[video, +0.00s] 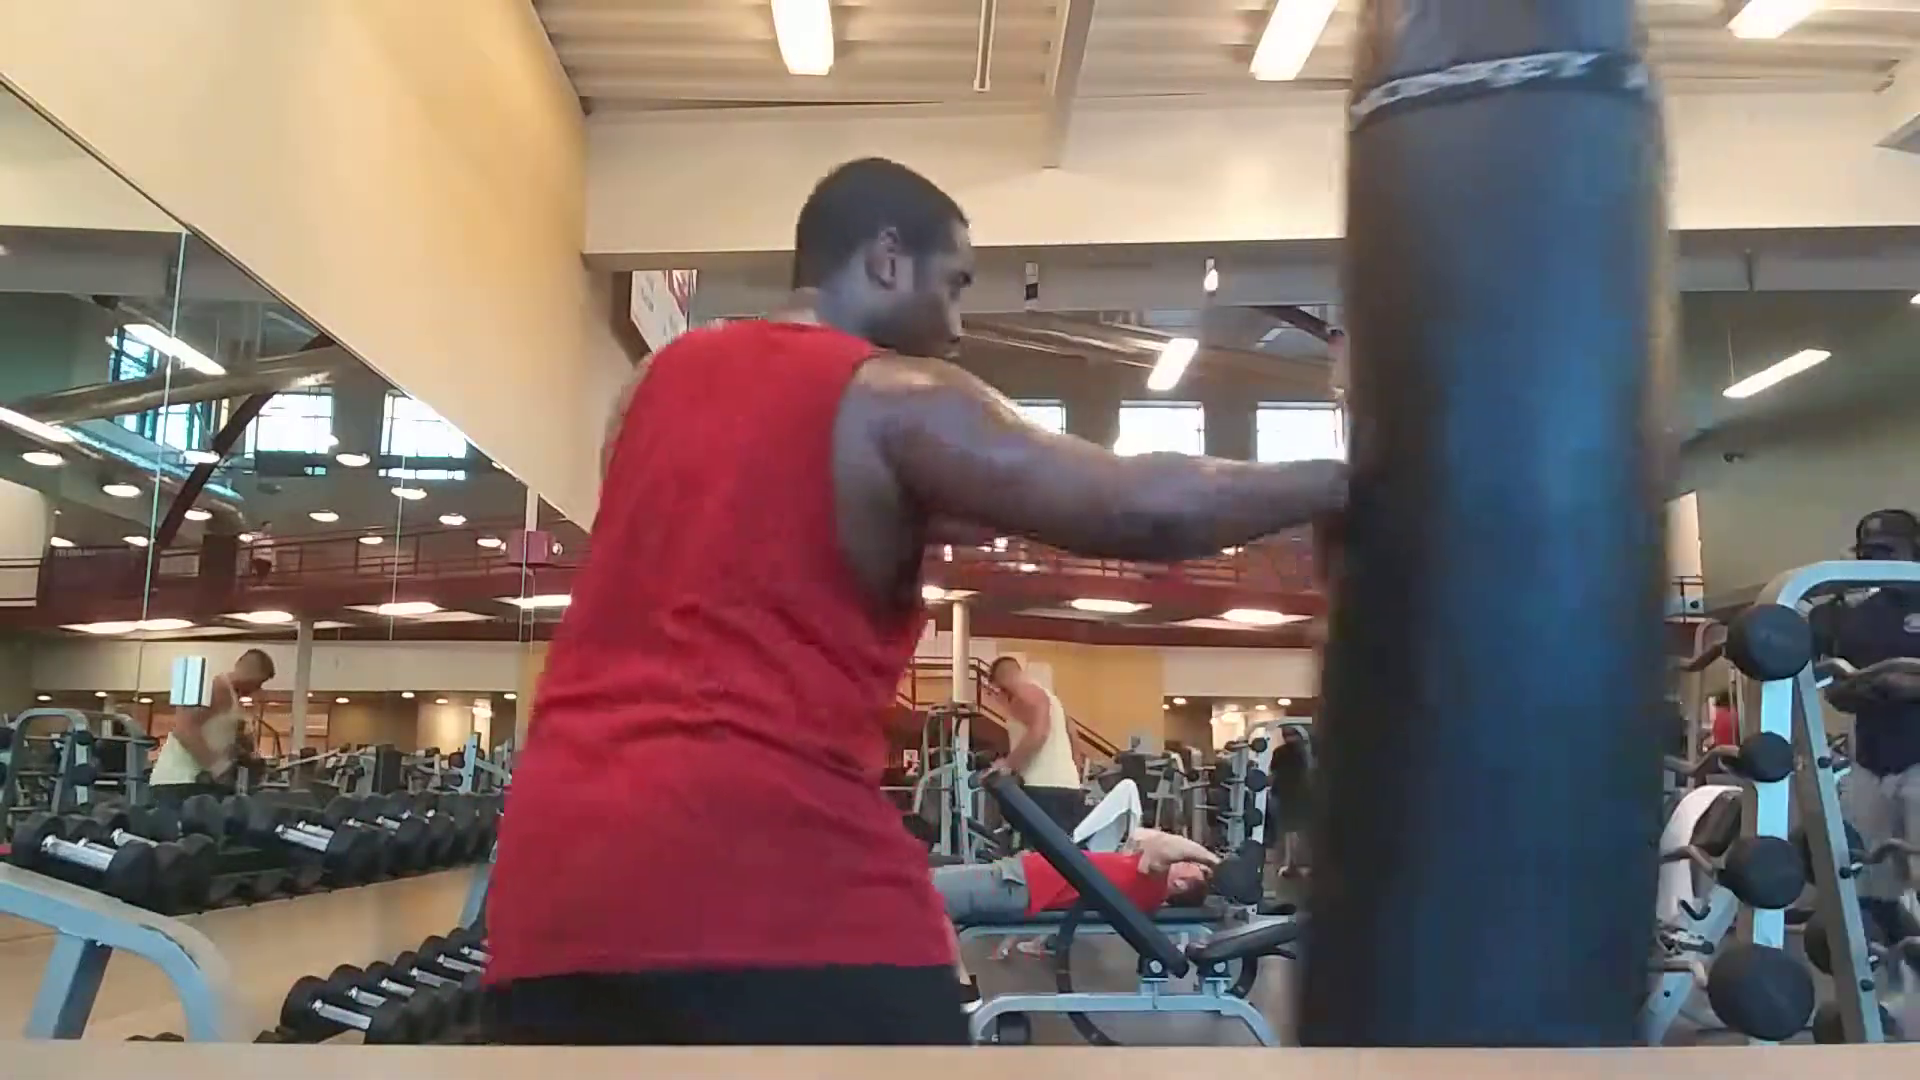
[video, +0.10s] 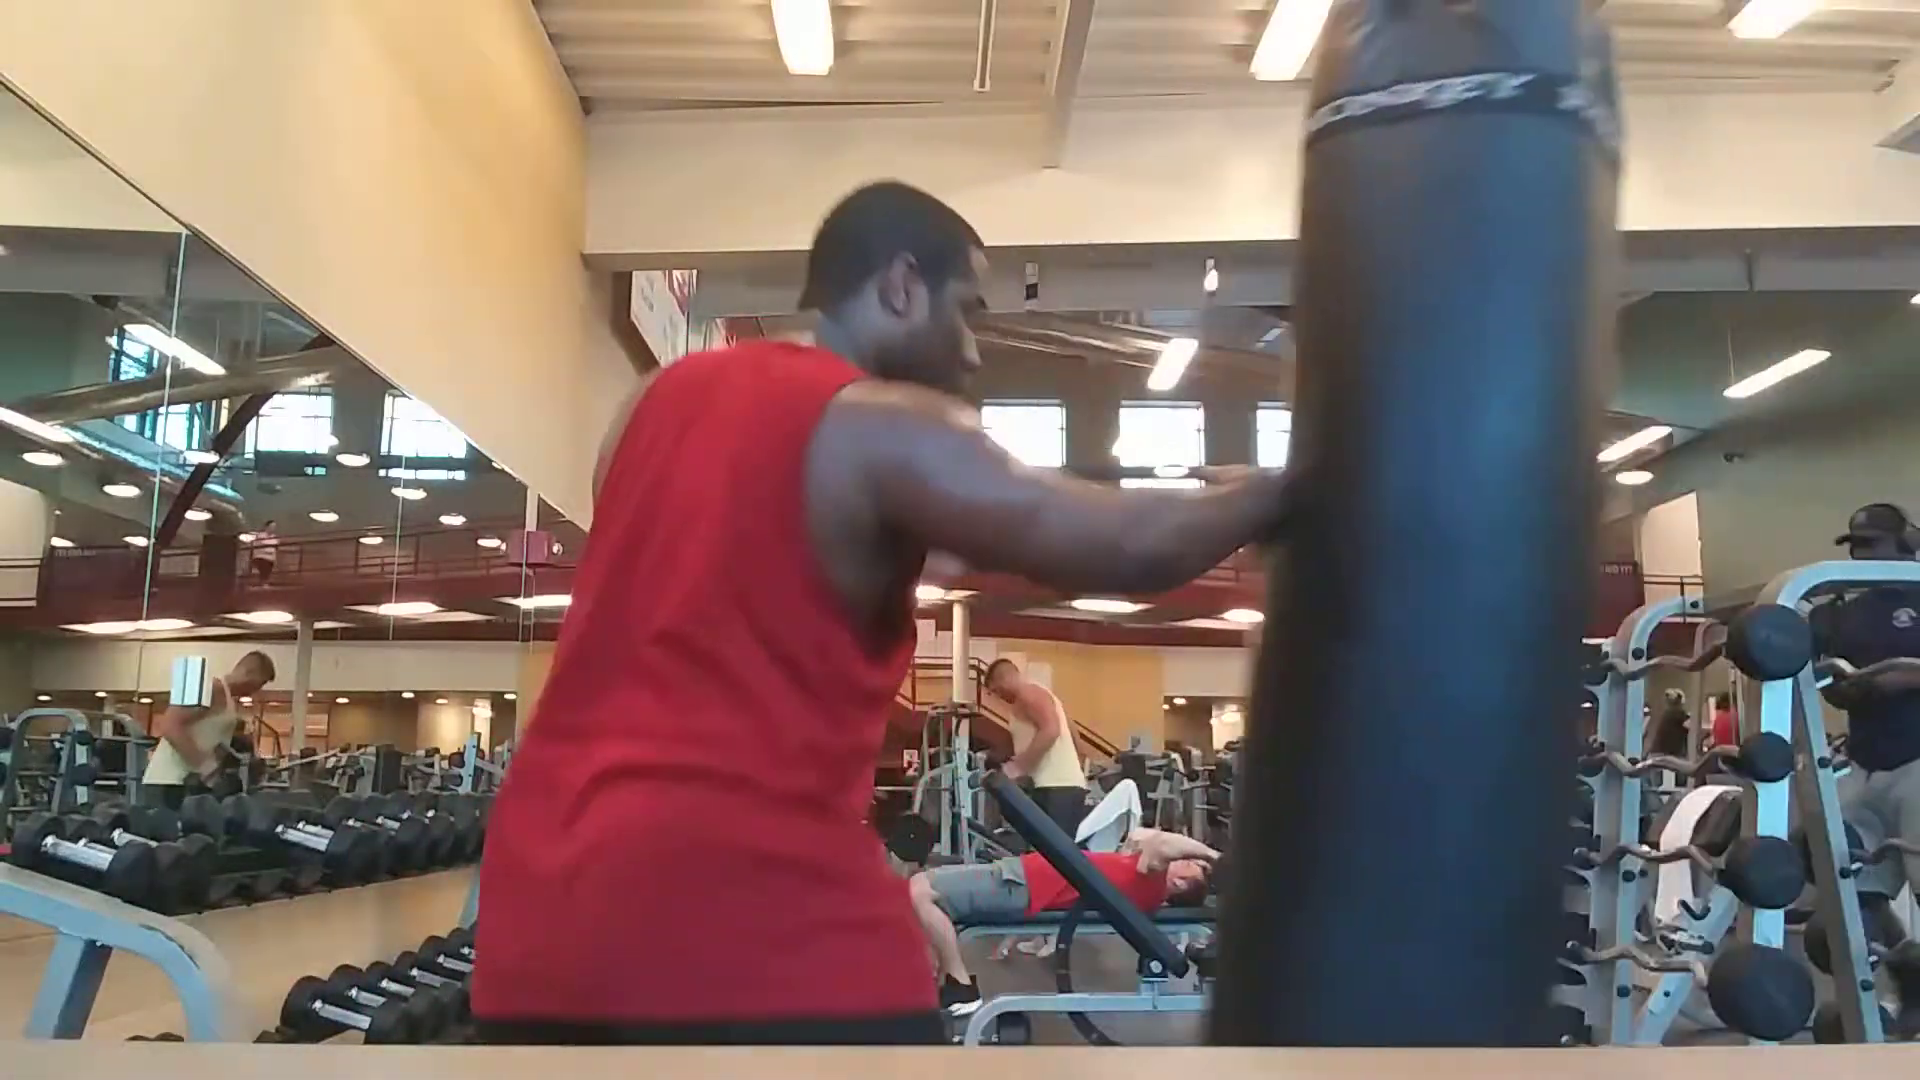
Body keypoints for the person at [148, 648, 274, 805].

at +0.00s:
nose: (258, 688)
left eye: (261, 683)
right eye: (260, 681)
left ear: (241, 667)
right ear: (251, 675)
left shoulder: (231, 698)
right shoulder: (217, 689)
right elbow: (184, 727)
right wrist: (216, 766)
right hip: (178, 782)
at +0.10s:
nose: (256, 691)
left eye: (260, 686)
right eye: (259, 685)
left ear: (244, 669)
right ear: (249, 674)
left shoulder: (231, 703)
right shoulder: (211, 689)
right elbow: (170, 725)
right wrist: (203, 763)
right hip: (167, 784)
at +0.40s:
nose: (256, 718)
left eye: (260, 715)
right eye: (258, 712)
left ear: (248, 699)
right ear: (247, 699)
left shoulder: (224, 725)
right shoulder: (206, 711)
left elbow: (201, 763)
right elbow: (156, 734)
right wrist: (168, 787)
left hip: (162, 795)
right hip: (135, 789)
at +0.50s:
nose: (248, 737)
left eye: (252, 734)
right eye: (250, 731)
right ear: (242, 718)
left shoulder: (220, 738)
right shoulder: (203, 724)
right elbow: (148, 746)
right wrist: (162, 791)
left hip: (145, 799)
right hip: (122, 795)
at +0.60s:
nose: (240, 756)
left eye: (246, 755)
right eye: (243, 751)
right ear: (240, 733)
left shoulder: (221, 754)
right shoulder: (199, 737)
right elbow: (138, 756)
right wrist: (159, 796)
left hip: (151, 807)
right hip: (121, 801)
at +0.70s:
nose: (234, 768)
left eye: (241, 767)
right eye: (237, 762)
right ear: (235, 747)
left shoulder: (220, 764)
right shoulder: (197, 746)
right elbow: (135, 763)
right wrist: (156, 802)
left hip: (149, 811)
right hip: (119, 803)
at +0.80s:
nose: (232, 776)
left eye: (238, 775)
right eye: (234, 770)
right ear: (232, 757)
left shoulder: (216, 770)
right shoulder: (191, 756)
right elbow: (127, 772)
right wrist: (155, 810)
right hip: (118, 807)